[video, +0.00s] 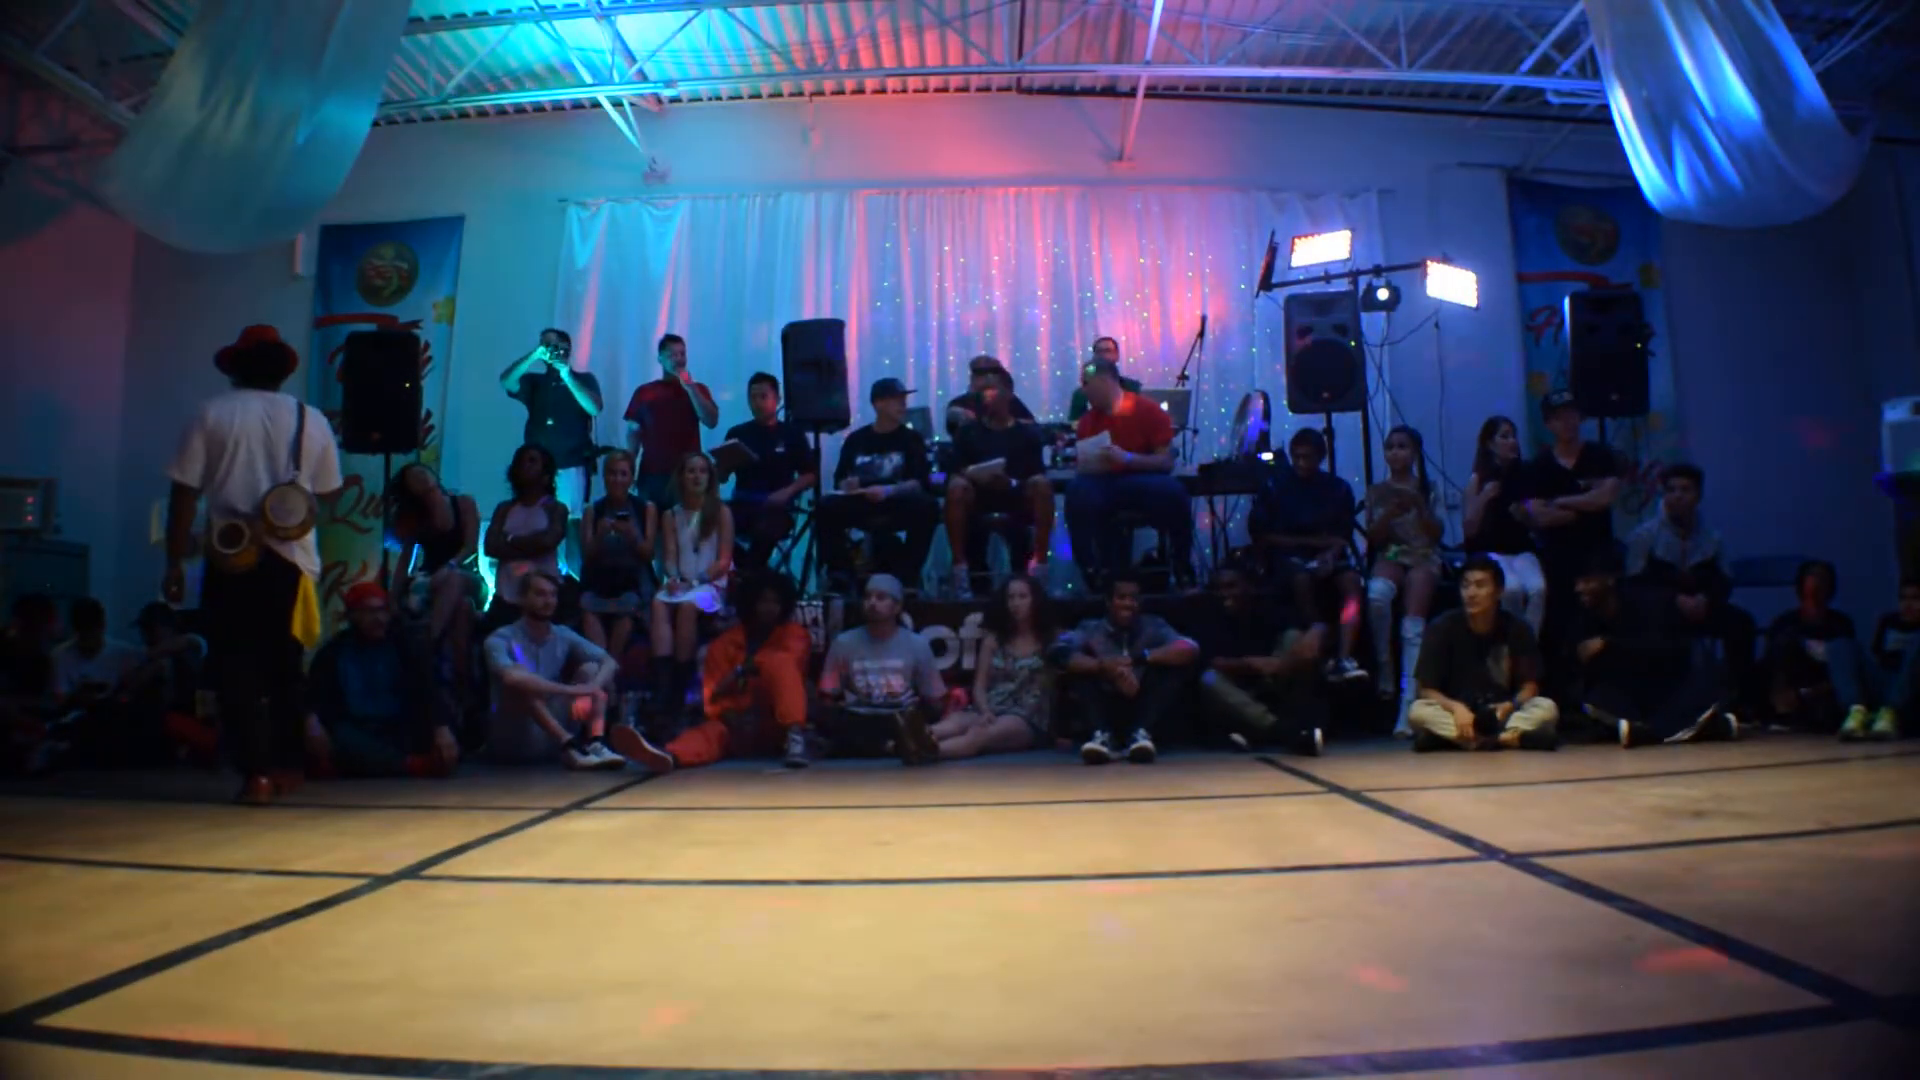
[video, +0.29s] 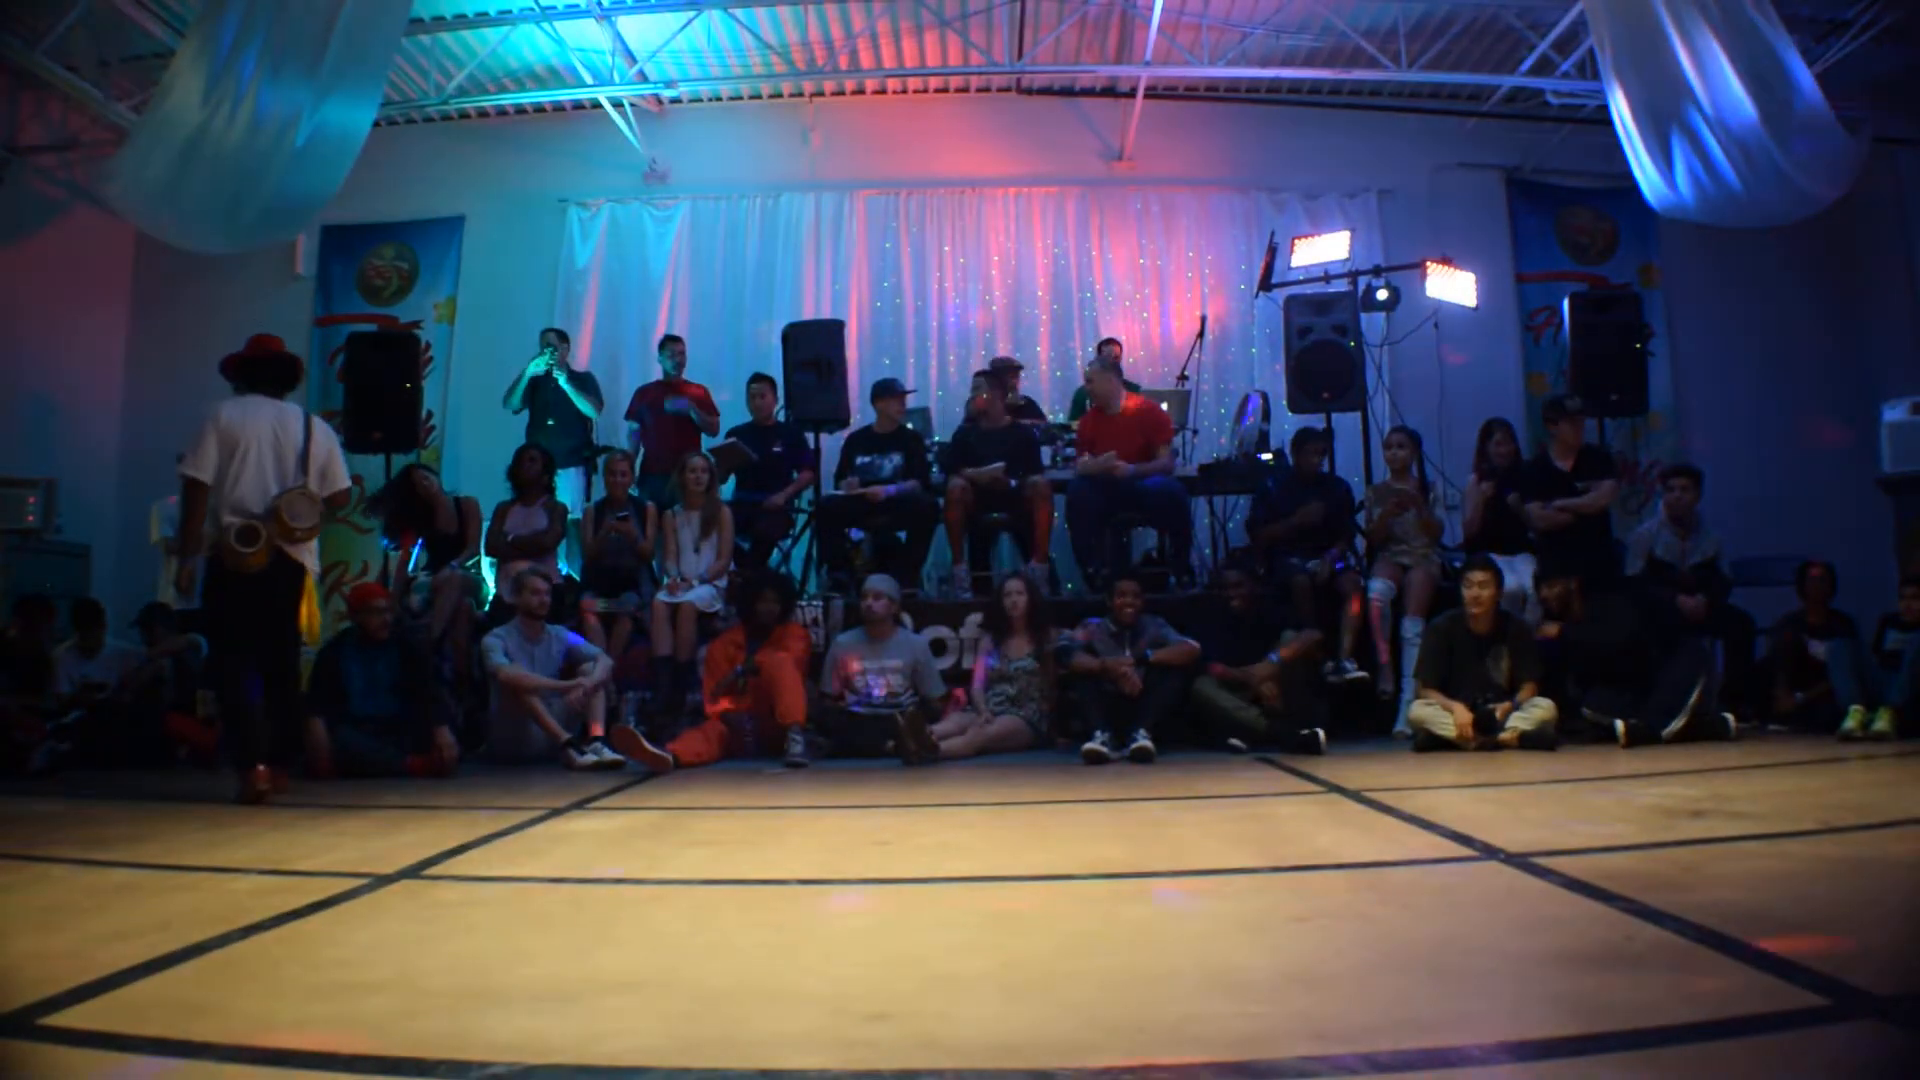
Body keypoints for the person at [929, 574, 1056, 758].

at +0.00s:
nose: (1016, 603)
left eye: (1022, 597)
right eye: (1011, 597)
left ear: (1036, 600)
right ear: (1004, 602)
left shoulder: (1049, 640)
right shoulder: (993, 640)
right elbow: (979, 687)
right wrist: (986, 712)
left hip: (1030, 715)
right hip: (993, 711)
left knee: (980, 736)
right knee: (957, 721)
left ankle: (930, 752)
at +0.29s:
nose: (1013, 600)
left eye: (1019, 594)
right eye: (1007, 595)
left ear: (1031, 598)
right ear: (1001, 601)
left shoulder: (1045, 638)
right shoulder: (991, 640)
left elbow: (1052, 685)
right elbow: (977, 686)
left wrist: (1056, 730)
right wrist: (984, 711)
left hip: (1029, 712)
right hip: (992, 708)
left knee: (980, 736)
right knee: (958, 720)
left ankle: (929, 752)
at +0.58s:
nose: (1010, 601)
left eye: (1016, 594)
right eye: (1005, 595)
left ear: (1029, 598)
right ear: (999, 600)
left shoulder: (1043, 639)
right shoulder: (989, 640)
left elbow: (1053, 683)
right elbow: (977, 686)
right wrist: (984, 713)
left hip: (1028, 714)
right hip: (991, 710)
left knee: (982, 736)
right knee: (956, 721)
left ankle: (930, 752)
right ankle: (916, 737)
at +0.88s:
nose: (1008, 601)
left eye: (1014, 594)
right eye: (1004, 596)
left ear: (1029, 599)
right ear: (999, 601)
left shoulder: (1043, 639)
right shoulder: (990, 641)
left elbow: (1052, 687)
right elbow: (977, 688)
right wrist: (985, 714)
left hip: (1027, 715)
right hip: (991, 711)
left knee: (984, 734)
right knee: (959, 720)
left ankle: (931, 751)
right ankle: (921, 736)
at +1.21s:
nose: (1013, 601)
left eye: (1019, 594)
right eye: (1007, 596)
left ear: (1029, 598)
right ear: (999, 602)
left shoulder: (1043, 639)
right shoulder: (989, 641)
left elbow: (1053, 682)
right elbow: (977, 686)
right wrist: (984, 711)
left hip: (1027, 713)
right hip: (991, 710)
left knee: (985, 736)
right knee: (953, 723)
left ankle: (932, 752)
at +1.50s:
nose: (1015, 600)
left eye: (1020, 594)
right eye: (1009, 596)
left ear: (1030, 598)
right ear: (1001, 602)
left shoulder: (1043, 638)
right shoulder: (989, 640)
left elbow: (1053, 681)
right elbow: (978, 686)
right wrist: (984, 711)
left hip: (1029, 713)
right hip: (993, 711)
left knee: (980, 736)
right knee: (956, 720)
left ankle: (931, 752)